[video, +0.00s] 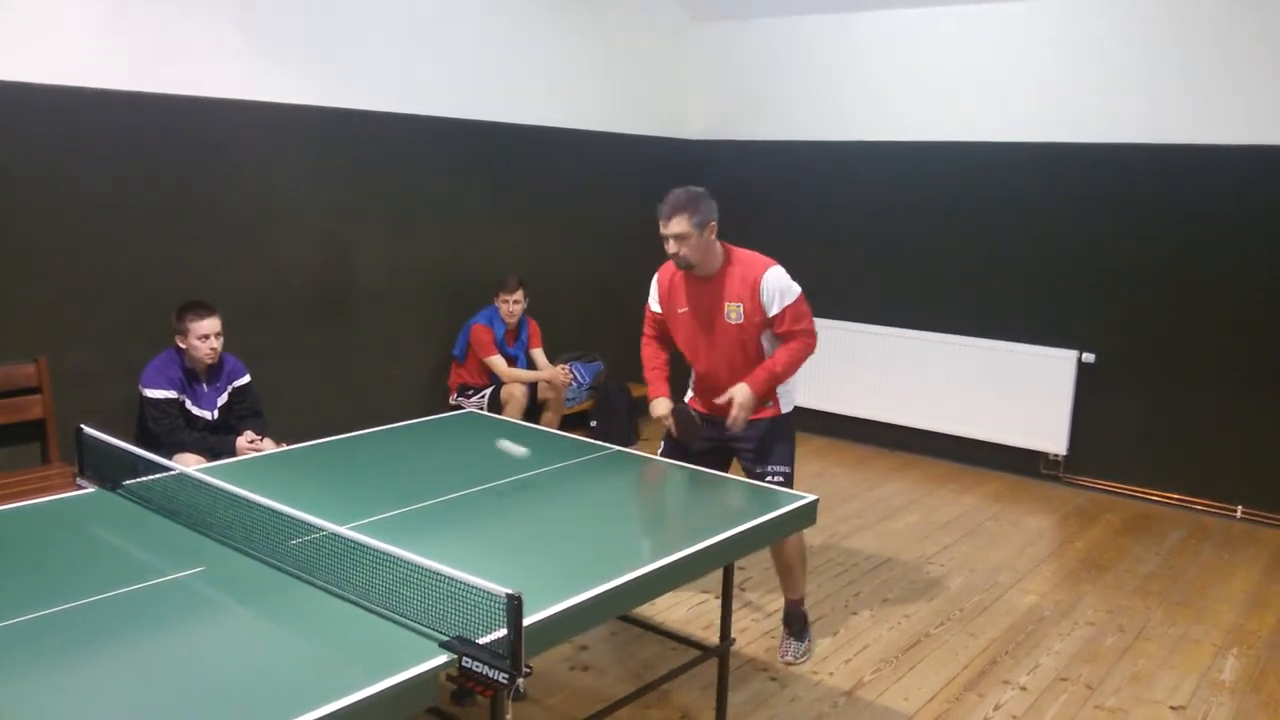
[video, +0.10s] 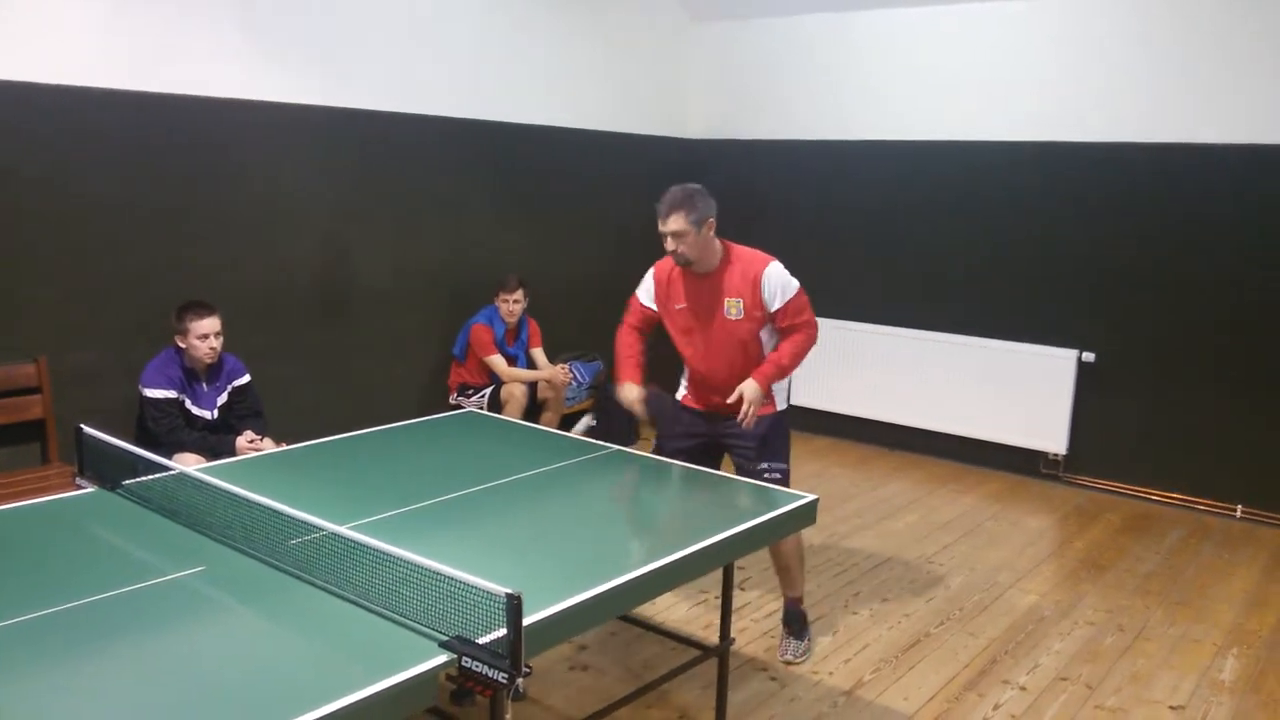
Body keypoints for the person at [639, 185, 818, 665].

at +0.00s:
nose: (672, 250)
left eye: (681, 239)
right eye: (666, 240)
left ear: (711, 231)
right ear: (663, 237)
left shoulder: (763, 276)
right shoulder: (665, 281)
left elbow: (802, 338)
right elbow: (654, 339)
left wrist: (754, 387)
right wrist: (659, 394)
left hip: (763, 416)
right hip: (699, 413)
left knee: (778, 514)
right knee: (668, 498)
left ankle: (795, 618)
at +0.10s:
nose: (670, 247)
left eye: (678, 236)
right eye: (665, 237)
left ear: (710, 228)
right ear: (663, 233)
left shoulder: (761, 272)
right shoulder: (662, 277)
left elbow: (803, 329)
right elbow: (631, 327)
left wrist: (761, 380)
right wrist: (629, 379)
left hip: (756, 411)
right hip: (692, 407)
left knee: (774, 510)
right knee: (660, 499)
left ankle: (794, 615)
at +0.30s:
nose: (664, 230)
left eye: (673, 220)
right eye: (659, 220)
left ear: (705, 217)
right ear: (656, 219)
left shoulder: (751, 266)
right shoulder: (647, 263)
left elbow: (784, 324)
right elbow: (593, 288)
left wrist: (747, 366)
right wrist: (561, 304)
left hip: (739, 412)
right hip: (673, 407)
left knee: (767, 506)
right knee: (639, 496)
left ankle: (792, 614)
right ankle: (622, 586)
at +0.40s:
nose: (658, 221)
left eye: (669, 212)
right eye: (655, 212)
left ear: (701, 214)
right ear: (654, 213)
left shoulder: (746, 264)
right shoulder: (645, 260)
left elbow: (774, 327)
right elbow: (593, 283)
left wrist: (738, 362)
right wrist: (560, 295)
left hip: (733, 414)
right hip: (668, 410)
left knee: (764, 507)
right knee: (633, 497)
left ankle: (792, 612)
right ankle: (618, 585)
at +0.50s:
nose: (658, 216)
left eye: (668, 207)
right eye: (655, 206)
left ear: (699, 209)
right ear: (656, 209)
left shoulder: (745, 261)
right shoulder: (647, 255)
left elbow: (771, 324)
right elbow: (599, 296)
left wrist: (734, 358)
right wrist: (577, 316)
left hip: (732, 412)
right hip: (667, 408)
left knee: (763, 507)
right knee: (639, 497)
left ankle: (791, 611)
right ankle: (623, 584)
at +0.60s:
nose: (659, 213)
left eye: (669, 204)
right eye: (656, 204)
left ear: (702, 207)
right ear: (657, 208)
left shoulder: (747, 260)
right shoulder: (648, 260)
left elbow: (775, 326)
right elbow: (620, 323)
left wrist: (731, 358)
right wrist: (607, 358)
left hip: (734, 413)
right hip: (667, 408)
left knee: (763, 507)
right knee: (642, 501)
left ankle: (790, 612)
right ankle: (618, 588)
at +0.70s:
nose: (665, 215)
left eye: (676, 207)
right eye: (663, 206)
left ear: (709, 210)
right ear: (664, 210)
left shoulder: (755, 263)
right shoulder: (657, 267)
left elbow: (781, 334)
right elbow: (648, 334)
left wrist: (731, 371)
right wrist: (646, 378)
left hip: (742, 417)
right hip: (677, 415)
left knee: (768, 512)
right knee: (653, 504)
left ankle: (790, 615)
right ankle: (626, 589)